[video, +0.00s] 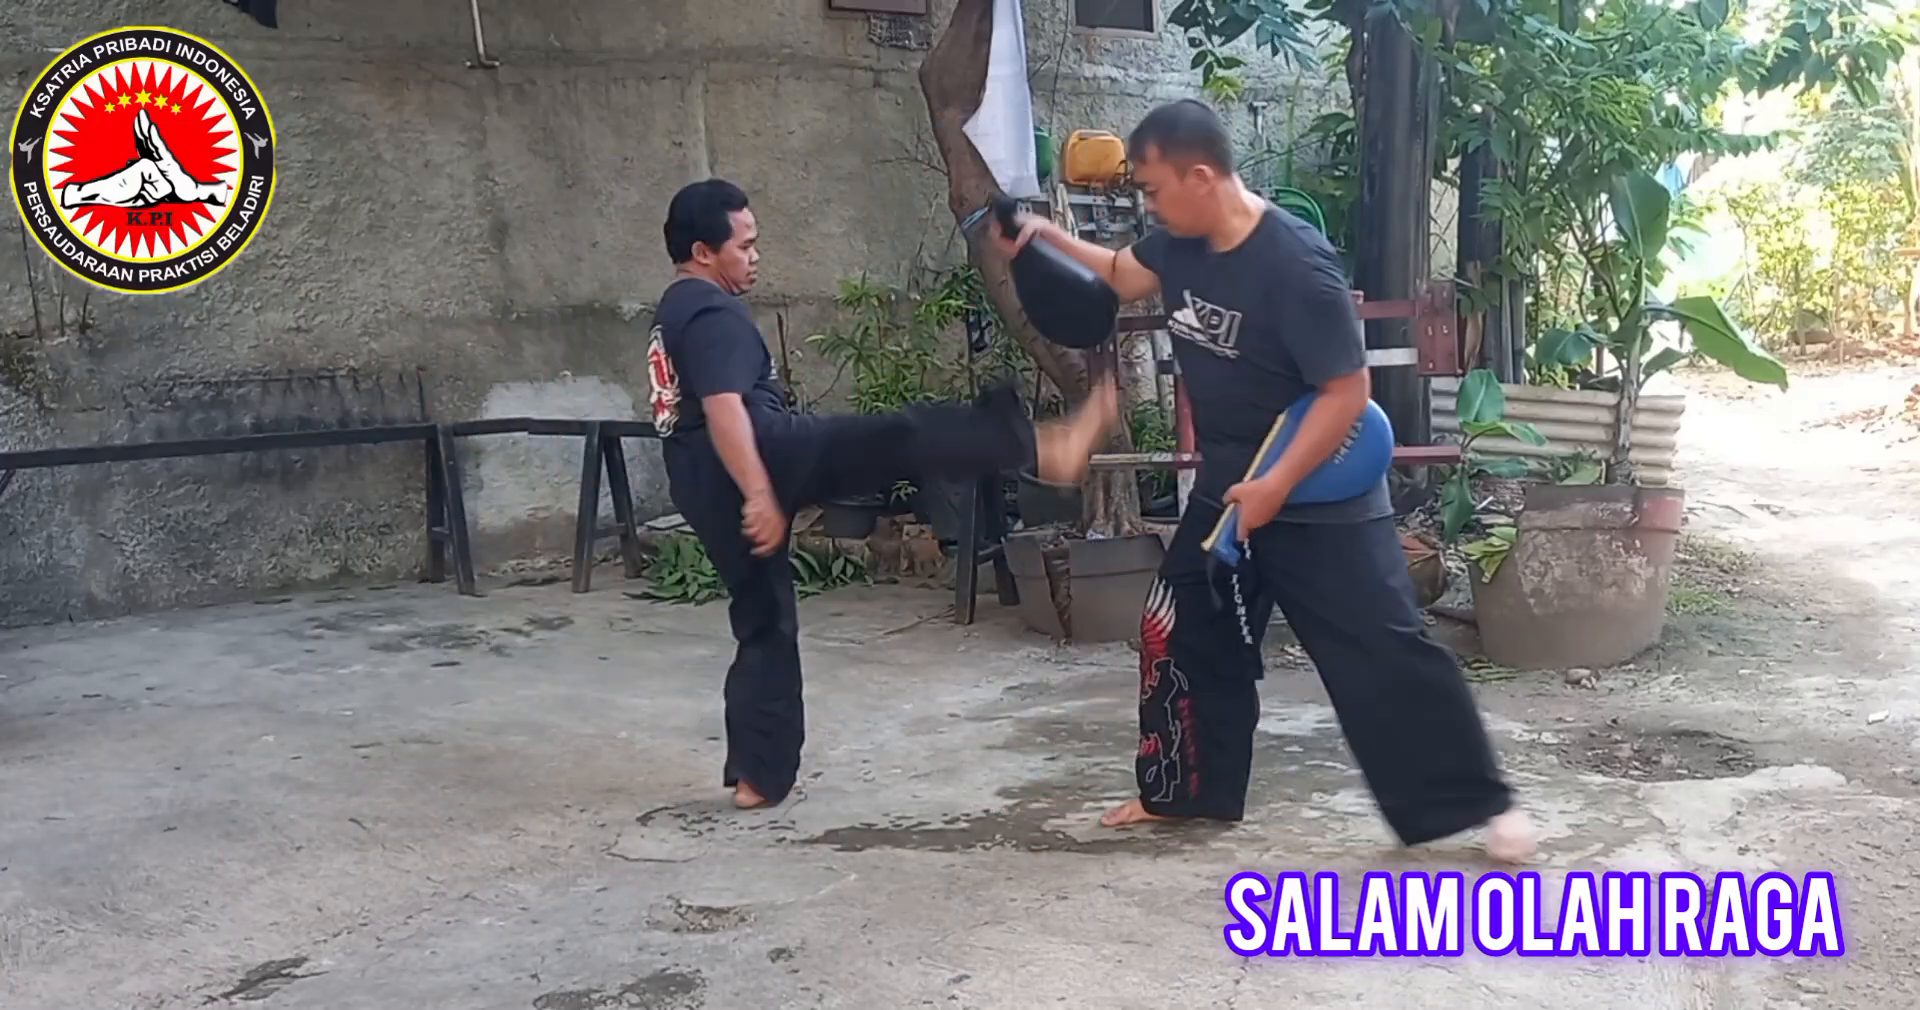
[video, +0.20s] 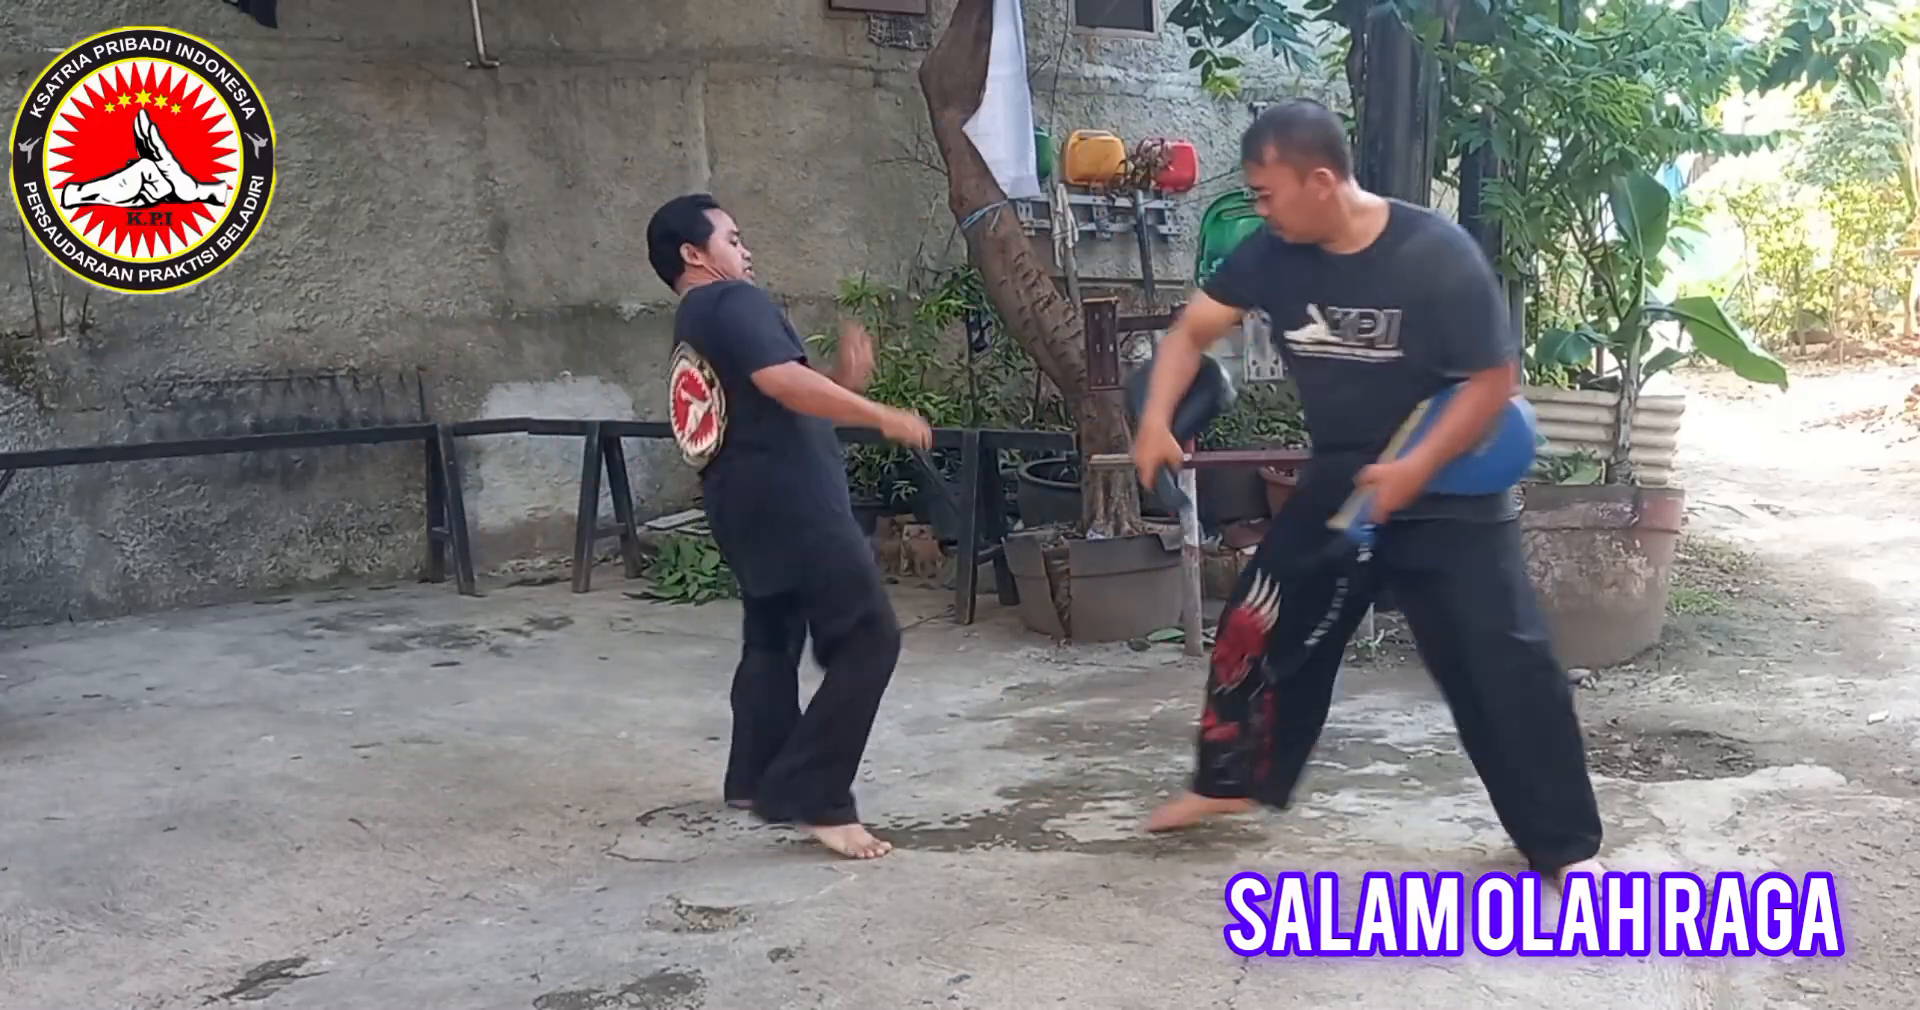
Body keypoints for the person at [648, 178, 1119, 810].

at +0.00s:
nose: (753, 256)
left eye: (752, 243)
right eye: (742, 244)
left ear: (700, 250)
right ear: (701, 250)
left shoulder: (682, 306)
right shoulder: (712, 313)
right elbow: (723, 413)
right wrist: (758, 492)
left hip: (706, 480)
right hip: (750, 463)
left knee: (764, 624)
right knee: (900, 437)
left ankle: (758, 776)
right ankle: (1051, 448)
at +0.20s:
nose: (745, 250)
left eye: (740, 237)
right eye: (732, 239)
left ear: (690, 259)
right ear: (695, 256)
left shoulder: (698, 313)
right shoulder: (732, 302)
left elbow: (763, 413)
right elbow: (782, 382)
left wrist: (840, 385)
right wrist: (882, 416)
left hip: (750, 504)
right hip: (794, 501)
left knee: (770, 643)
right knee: (870, 637)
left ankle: (755, 779)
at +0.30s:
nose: (741, 239)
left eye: (737, 228)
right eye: (727, 229)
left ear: (702, 247)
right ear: (688, 248)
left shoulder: (754, 314)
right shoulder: (695, 312)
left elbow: (864, 362)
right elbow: (731, 380)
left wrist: (885, 282)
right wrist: (830, 358)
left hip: (829, 501)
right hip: (787, 510)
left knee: (844, 630)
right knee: (834, 651)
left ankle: (768, 728)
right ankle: (805, 824)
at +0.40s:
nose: (729, 210)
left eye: (725, 198)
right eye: (712, 200)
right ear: (665, 219)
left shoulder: (781, 273)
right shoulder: (654, 305)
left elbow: (859, 356)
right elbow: (738, 344)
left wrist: (915, 418)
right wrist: (828, 307)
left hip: (874, 446)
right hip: (785, 490)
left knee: (988, 508)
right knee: (794, 648)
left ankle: (945, 579)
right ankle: (826, 814)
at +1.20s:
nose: (878, 211)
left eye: (878, 197)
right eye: (863, 197)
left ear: (834, 208)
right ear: (812, 208)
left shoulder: (878, 302)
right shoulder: (762, 297)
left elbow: (898, 406)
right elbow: (729, 406)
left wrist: (920, 479)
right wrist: (829, 438)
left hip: (885, 524)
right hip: (804, 533)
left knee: (941, 665)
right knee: (829, 683)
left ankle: (994, 809)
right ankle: (830, 828)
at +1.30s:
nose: (851, 213)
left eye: (850, 198)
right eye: (835, 200)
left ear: (815, 209)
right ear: (784, 211)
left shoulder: (839, 294)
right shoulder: (740, 301)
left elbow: (857, 400)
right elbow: (717, 410)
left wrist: (888, 477)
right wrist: (817, 447)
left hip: (858, 518)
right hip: (784, 532)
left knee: (897, 646)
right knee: (813, 677)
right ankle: (830, 824)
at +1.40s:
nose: (818, 221)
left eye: (817, 207)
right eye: (802, 209)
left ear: (790, 217)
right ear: (752, 221)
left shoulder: (816, 299)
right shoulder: (706, 313)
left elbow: (836, 404)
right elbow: (688, 425)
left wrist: (870, 481)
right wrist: (777, 477)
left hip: (830, 521)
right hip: (758, 530)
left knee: (827, 652)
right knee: (795, 666)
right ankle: (828, 822)